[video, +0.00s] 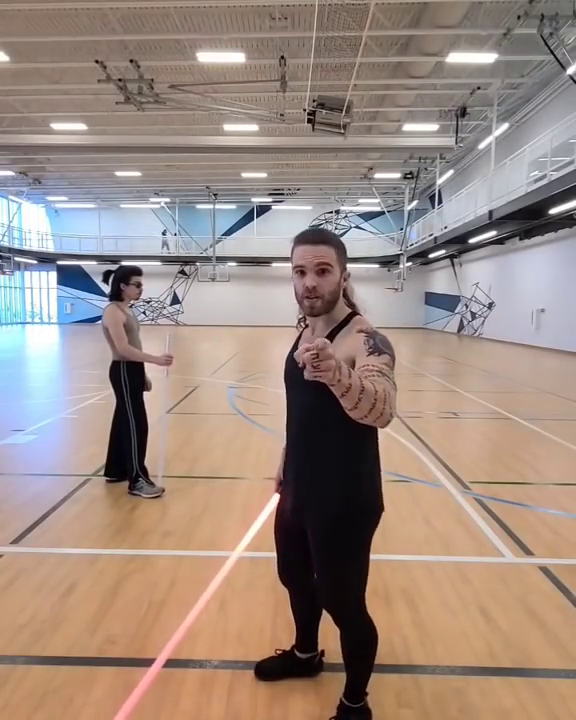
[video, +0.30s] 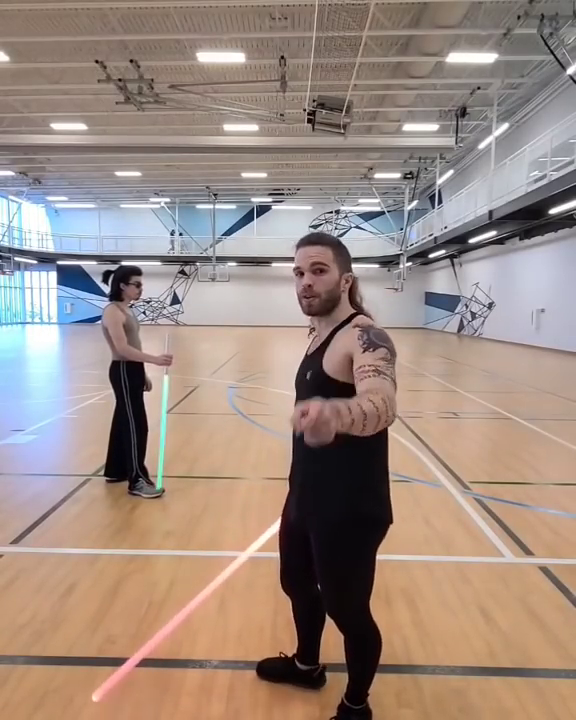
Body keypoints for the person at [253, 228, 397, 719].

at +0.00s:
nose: (309, 283)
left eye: (322, 271)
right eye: (300, 272)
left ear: (344, 276)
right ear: (291, 277)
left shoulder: (367, 343)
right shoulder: (303, 332)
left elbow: (381, 410)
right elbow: (301, 414)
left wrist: (336, 374)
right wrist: (286, 468)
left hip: (346, 494)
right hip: (301, 483)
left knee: (344, 600)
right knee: (295, 570)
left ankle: (355, 700)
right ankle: (306, 651)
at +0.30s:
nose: (305, 281)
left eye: (318, 271)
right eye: (299, 273)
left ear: (346, 279)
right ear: (294, 281)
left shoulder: (367, 338)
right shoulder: (321, 333)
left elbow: (380, 403)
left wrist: (335, 414)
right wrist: (300, 482)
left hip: (350, 501)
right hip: (308, 491)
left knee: (348, 608)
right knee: (299, 579)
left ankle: (356, 703)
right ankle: (306, 663)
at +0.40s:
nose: (305, 285)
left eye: (318, 273)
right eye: (299, 276)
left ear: (345, 281)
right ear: (293, 283)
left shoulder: (366, 340)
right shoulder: (323, 335)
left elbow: (380, 413)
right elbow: (326, 416)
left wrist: (321, 458)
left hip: (350, 504)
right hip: (309, 494)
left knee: (348, 610)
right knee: (300, 583)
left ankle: (357, 703)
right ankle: (307, 666)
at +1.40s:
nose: (279, 285)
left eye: (289, 275)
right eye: (270, 276)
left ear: (308, 278)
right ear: (261, 281)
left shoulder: (329, 337)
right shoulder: (275, 330)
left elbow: (356, 417)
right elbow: (284, 401)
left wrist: (324, 487)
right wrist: (256, 434)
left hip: (310, 482)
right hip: (272, 475)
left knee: (315, 594)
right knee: (286, 568)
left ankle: (351, 696)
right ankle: (301, 645)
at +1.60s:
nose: (285, 283)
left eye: (296, 274)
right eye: (276, 272)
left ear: (310, 280)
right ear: (264, 275)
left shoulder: (333, 336)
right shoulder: (264, 329)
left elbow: (367, 411)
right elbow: (252, 385)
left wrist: (354, 482)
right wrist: (198, 406)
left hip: (319, 483)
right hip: (272, 476)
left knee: (337, 591)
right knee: (290, 569)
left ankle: (364, 697)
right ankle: (302, 646)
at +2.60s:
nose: (330, 273)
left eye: (344, 264)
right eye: (328, 264)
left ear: (377, 277)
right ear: (325, 269)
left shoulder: (410, 346)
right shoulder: (318, 335)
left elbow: (432, 438)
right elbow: (267, 373)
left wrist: (377, 504)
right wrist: (205, 381)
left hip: (380, 497)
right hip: (323, 484)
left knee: (368, 608)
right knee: (292, 568)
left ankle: (368, 700)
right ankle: (301, 642)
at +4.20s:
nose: (316, 275)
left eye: (329, 264)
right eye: (308, 266)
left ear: (353, 272)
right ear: (302, 273)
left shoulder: (377, 338)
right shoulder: (316, 333)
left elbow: (406, 419)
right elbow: (285, 394)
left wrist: (329, 464)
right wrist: (226, 406)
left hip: (361, 497)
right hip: (309, 489)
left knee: (358, 605)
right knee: (283, 571)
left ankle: (367, 700)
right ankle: (289, 649)